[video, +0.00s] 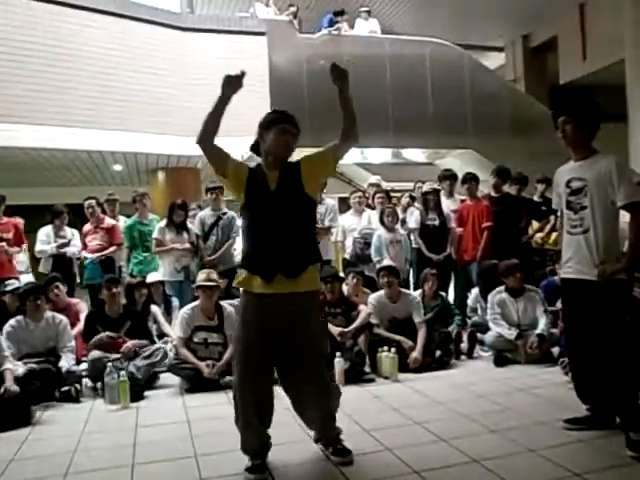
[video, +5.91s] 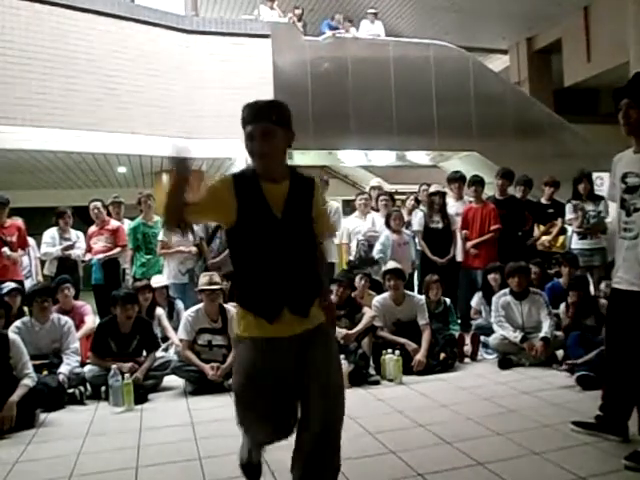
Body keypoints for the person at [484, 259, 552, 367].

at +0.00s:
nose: (518, 276)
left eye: (519, 272)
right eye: (513, 275)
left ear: (523, 274)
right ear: (504, 279)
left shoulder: (535, 293)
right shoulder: (495, 297)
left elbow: (543, 316)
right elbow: (494, 320)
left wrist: (539, 335)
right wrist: (515, 335)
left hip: (530, 331)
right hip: (508, 332)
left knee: (553, 336)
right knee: (491, 339)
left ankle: (512, 357)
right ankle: (538, 356)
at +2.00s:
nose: (513, 278)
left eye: (517, 274)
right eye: (508, 274)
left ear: (523, 276)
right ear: (503, 277)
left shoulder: (535, 293)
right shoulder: (495, 296)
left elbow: (544, 316)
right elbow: (494, 320)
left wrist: (540, 336)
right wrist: (517, 336)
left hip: (531, 332)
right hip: (509, 333)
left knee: (555, 335)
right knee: (491, 338)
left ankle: (514, 357)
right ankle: (538, 355)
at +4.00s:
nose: (517, 280)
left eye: (521, 276)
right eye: (513, 277)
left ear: (528, 279)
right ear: (508, 280)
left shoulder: (539, 296)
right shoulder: (499, 299)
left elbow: (548, 319)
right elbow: (498, 323)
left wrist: (544, 339)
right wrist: (522, 339)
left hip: (535, 335)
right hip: (512, 335)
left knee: (559, 338)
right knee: (495, 341)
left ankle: (519, 360)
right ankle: (542, 358)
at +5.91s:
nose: (517, 281)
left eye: (521, 277)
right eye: (513, 277)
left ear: (527, 278)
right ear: (508, 280)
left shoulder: (539, 296)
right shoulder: (499, 299)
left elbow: (548, 319)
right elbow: (498, 323)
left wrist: (544, 339)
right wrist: (522, 339)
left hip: (535, 334)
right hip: (513, 335)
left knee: (559, 338)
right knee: (495, 341)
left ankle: (519, 360)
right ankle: (542, 358)